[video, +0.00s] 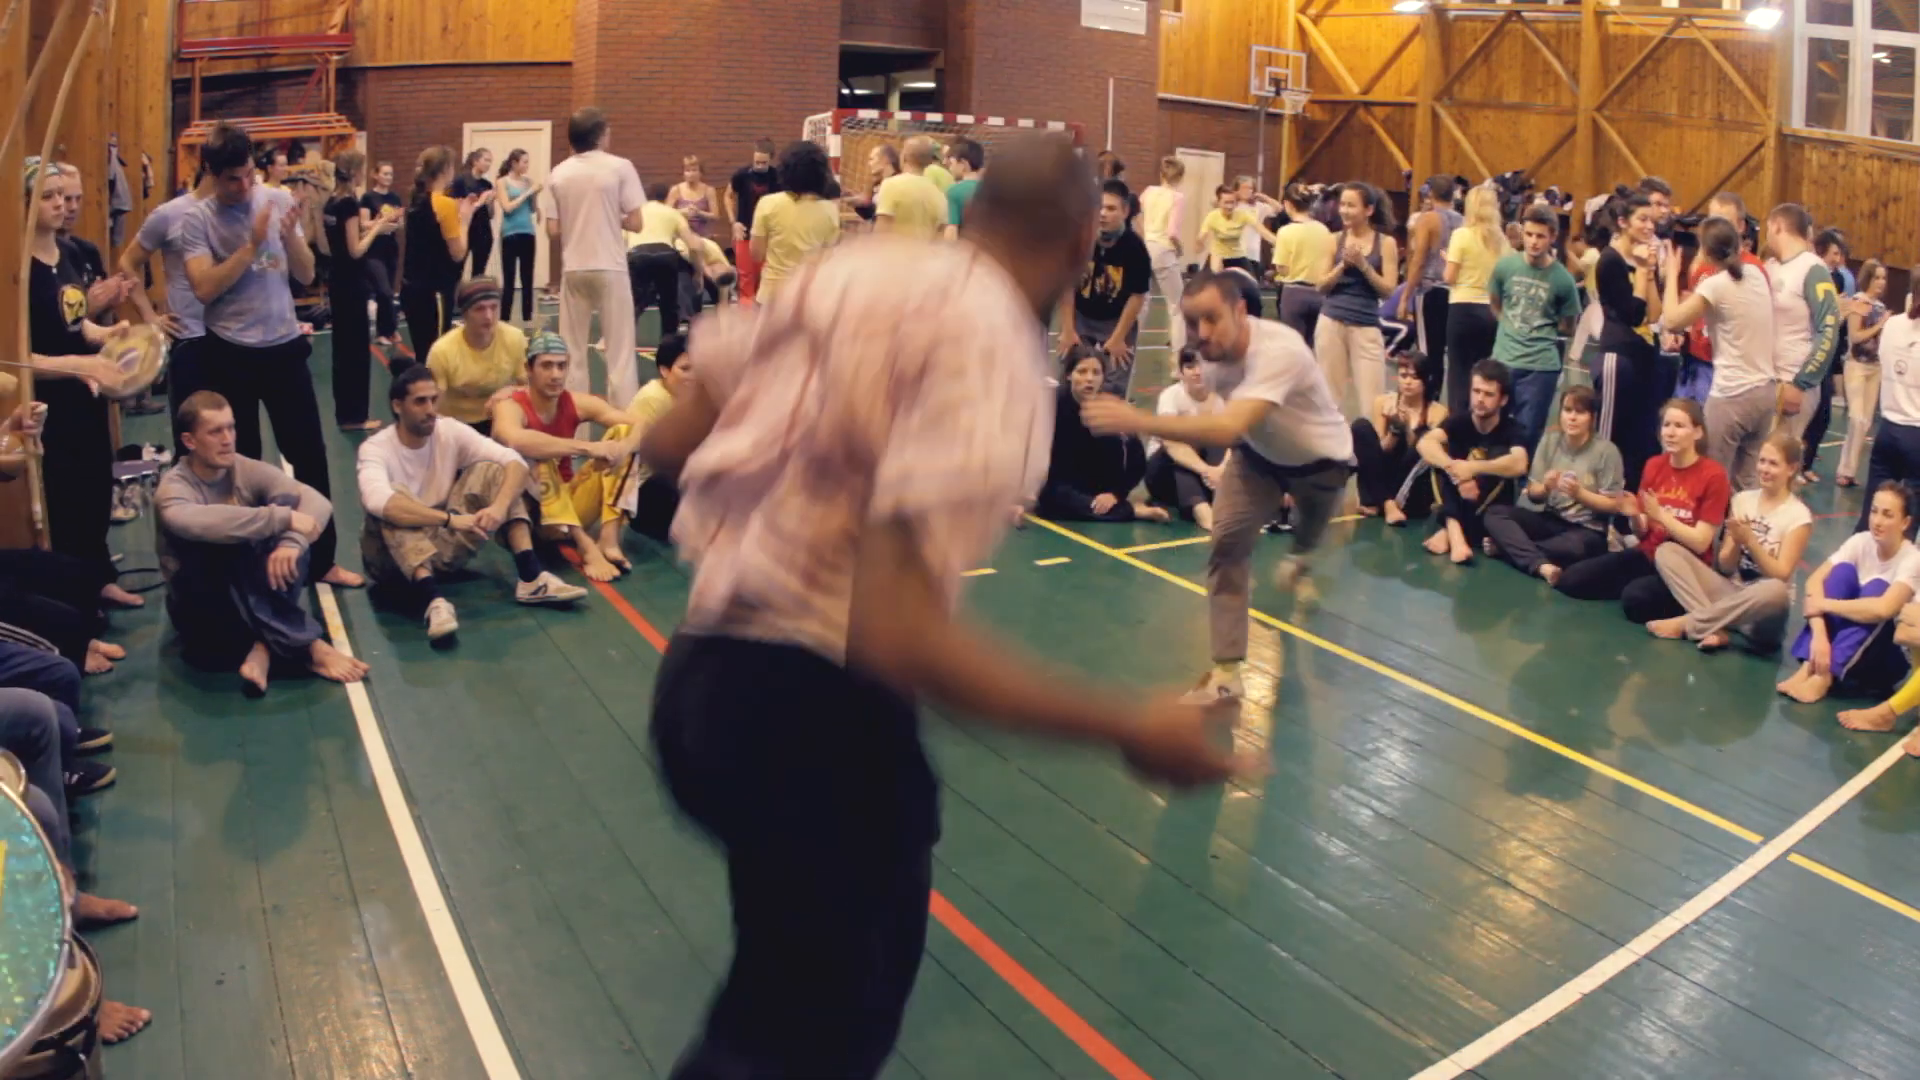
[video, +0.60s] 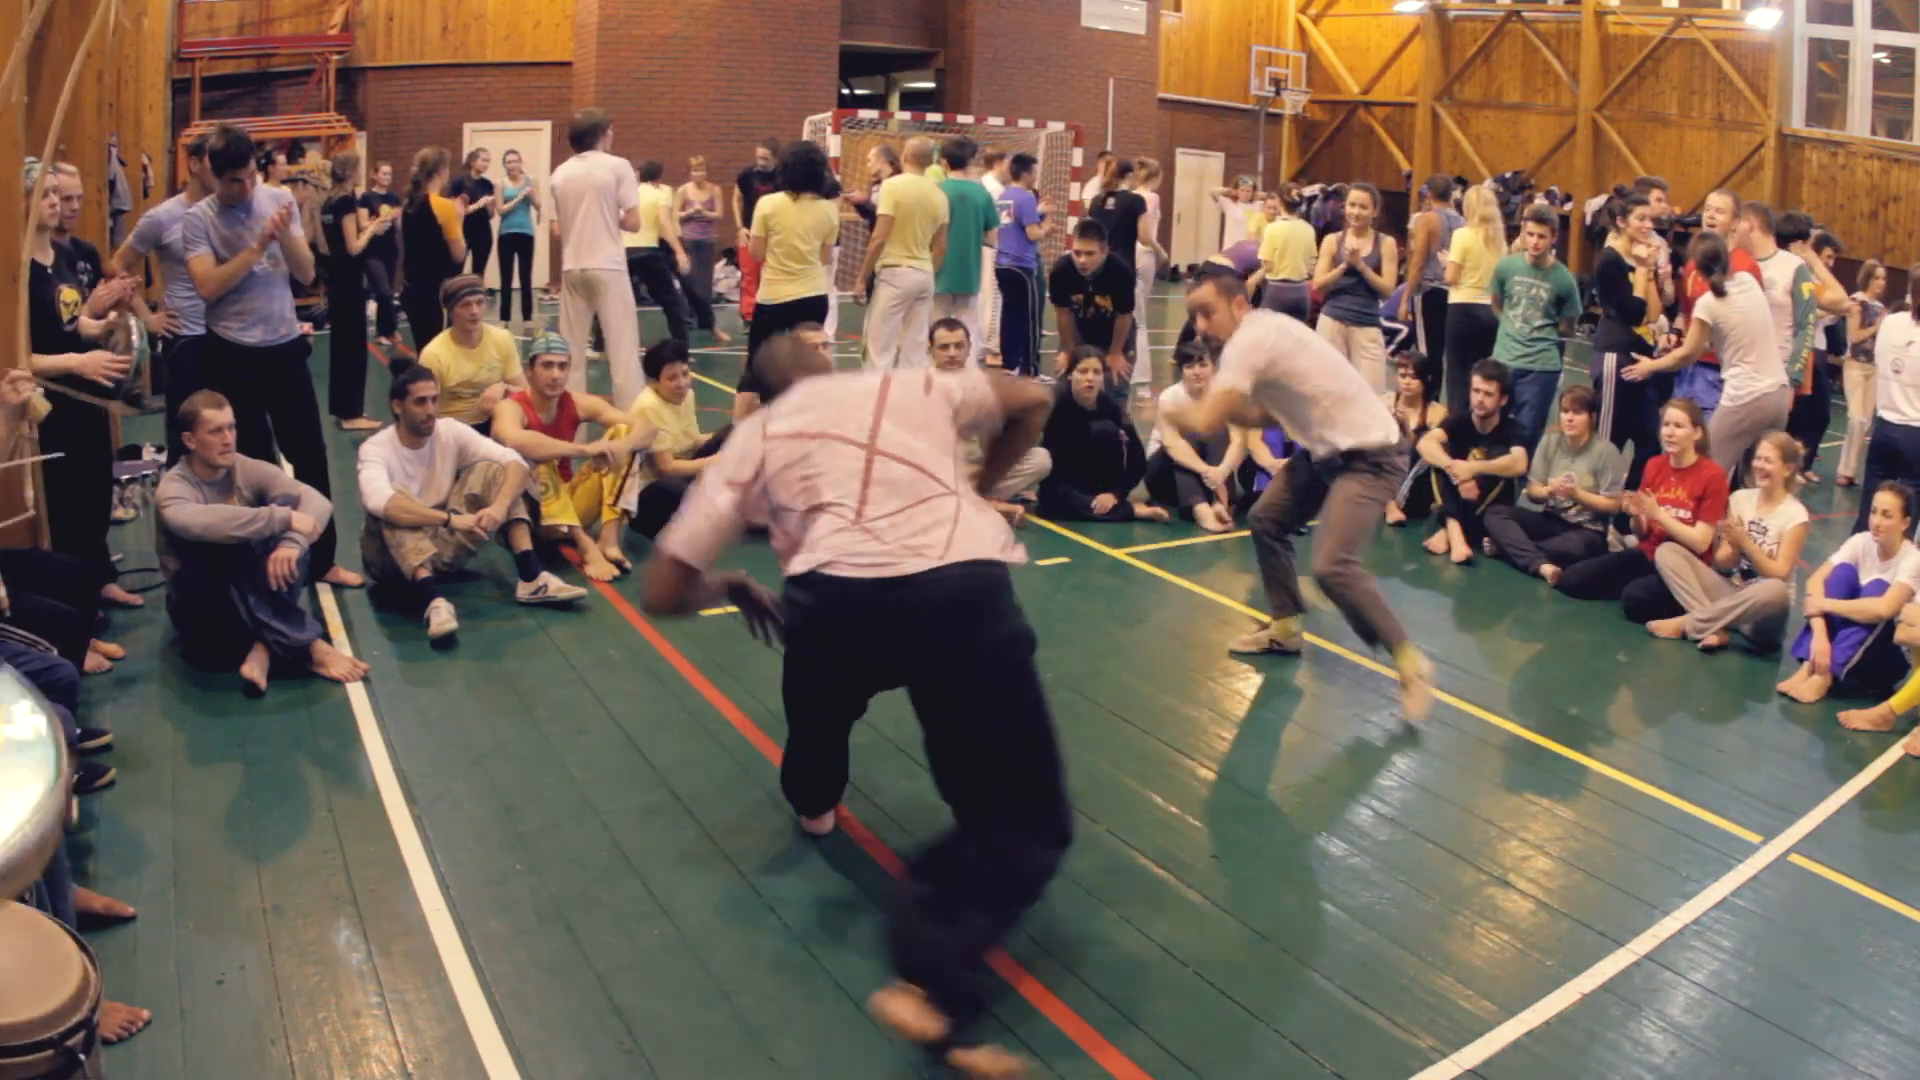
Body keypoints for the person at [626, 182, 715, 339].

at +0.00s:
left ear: (647, 196)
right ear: (666, 197)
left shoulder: (634, 212)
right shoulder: (672, 213)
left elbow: (623, 240)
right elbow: (694, 246)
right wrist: (699, 273)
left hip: (638, 253)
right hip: (666, 252)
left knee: (635, 302)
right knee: (668, 302)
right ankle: (669, 345)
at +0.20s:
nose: (686, 185)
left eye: (686, 181)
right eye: (685, 181)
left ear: (661, 179)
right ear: (681, 181)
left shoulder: (645, 195)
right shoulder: (680, 196)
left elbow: (636, 222)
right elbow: (688, 225)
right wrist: (699, 256)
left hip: (634, 248)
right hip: (661, 247)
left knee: (648, 299)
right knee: (673, 297)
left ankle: (652, 332)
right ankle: (672, 338)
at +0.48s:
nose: (684, 187)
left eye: (685, 183)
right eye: (684, 183)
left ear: (661, 181)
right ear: (679, 184)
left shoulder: (646, 197)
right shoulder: (675, 201)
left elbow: (650, 230)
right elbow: (673, 228)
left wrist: (685, 240)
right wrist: (682, 257)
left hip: (628, 253)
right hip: (655, 252)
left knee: (627, 305)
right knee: (676, 302)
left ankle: (626, 348)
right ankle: (681, 348)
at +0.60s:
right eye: (661, 177)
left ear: (639, 175)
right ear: (659, 177)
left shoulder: (628, 191)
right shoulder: (663, 192)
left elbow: (617, 220)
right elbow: (664, 223)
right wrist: (679, 251)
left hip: (623, 251)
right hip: (649, 250)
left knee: (612, 300)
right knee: (670, 300)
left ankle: (600, 344)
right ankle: (681, 347)